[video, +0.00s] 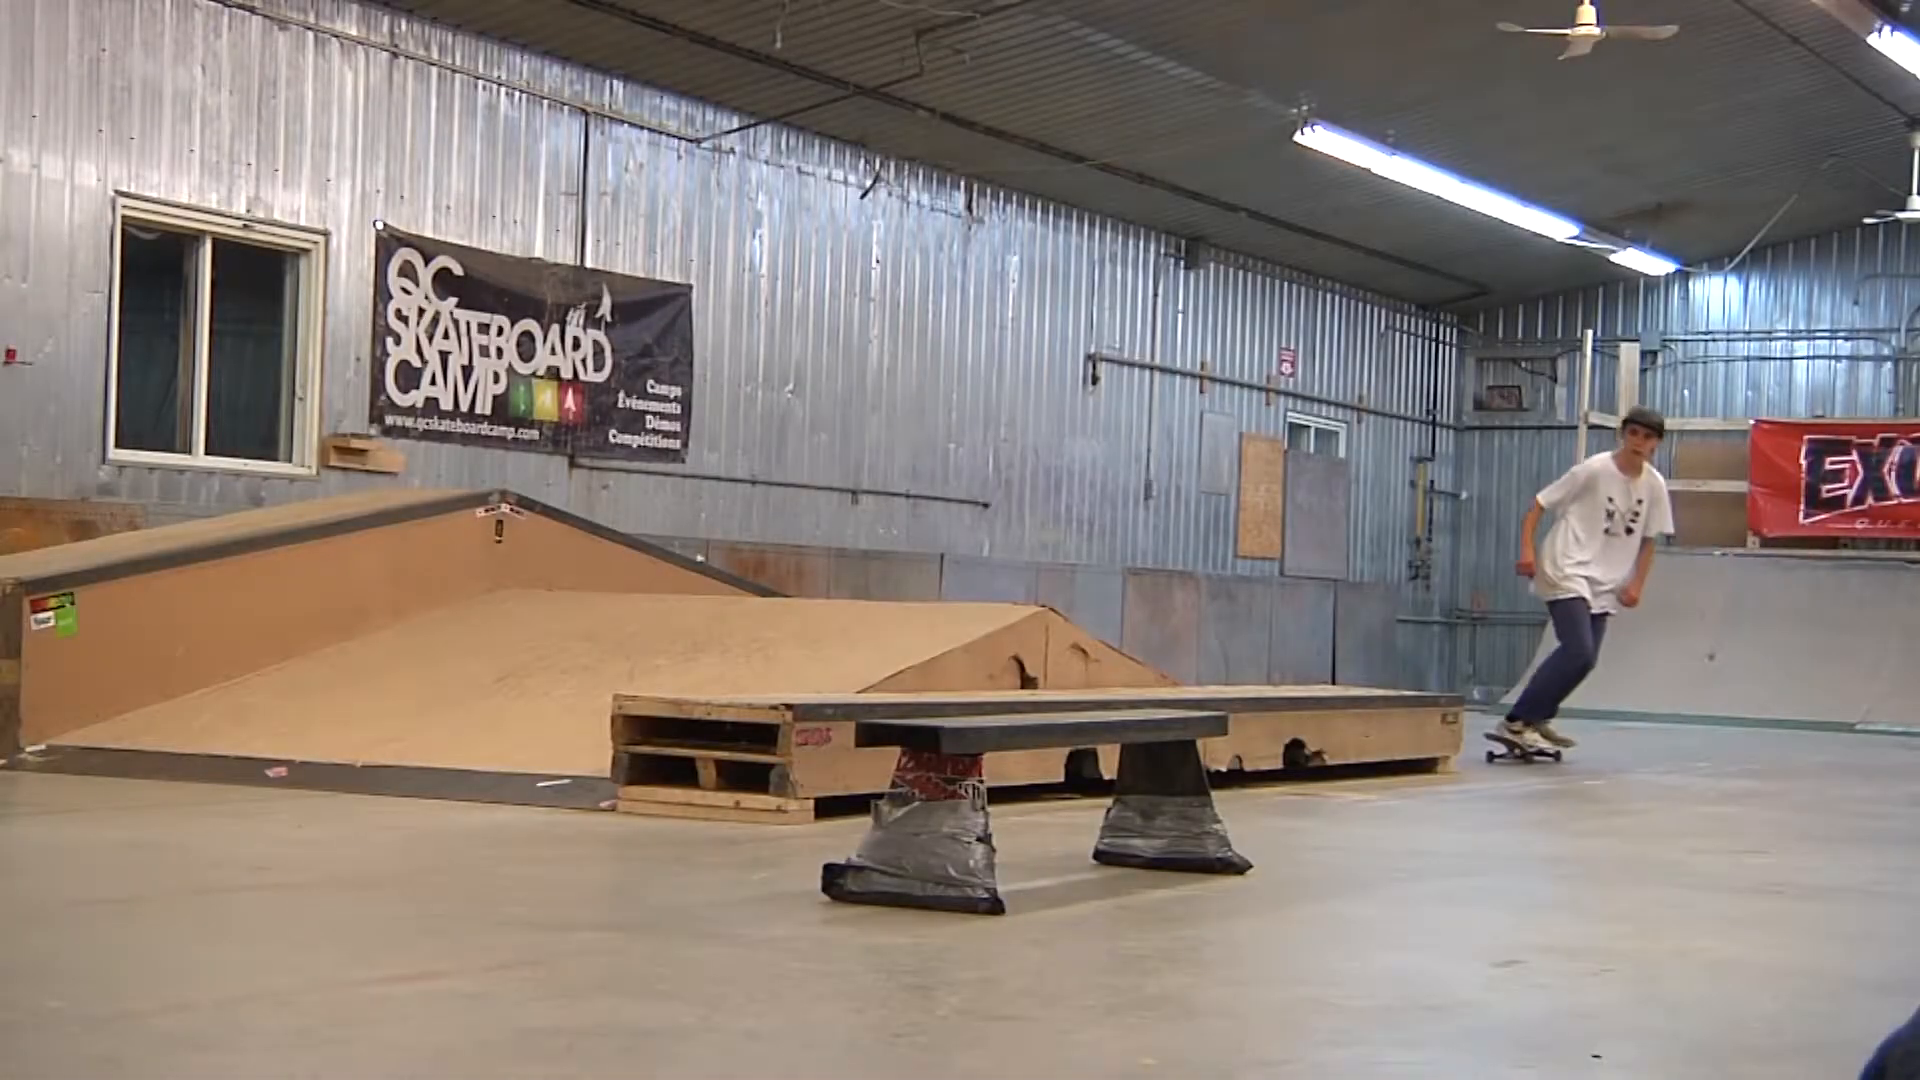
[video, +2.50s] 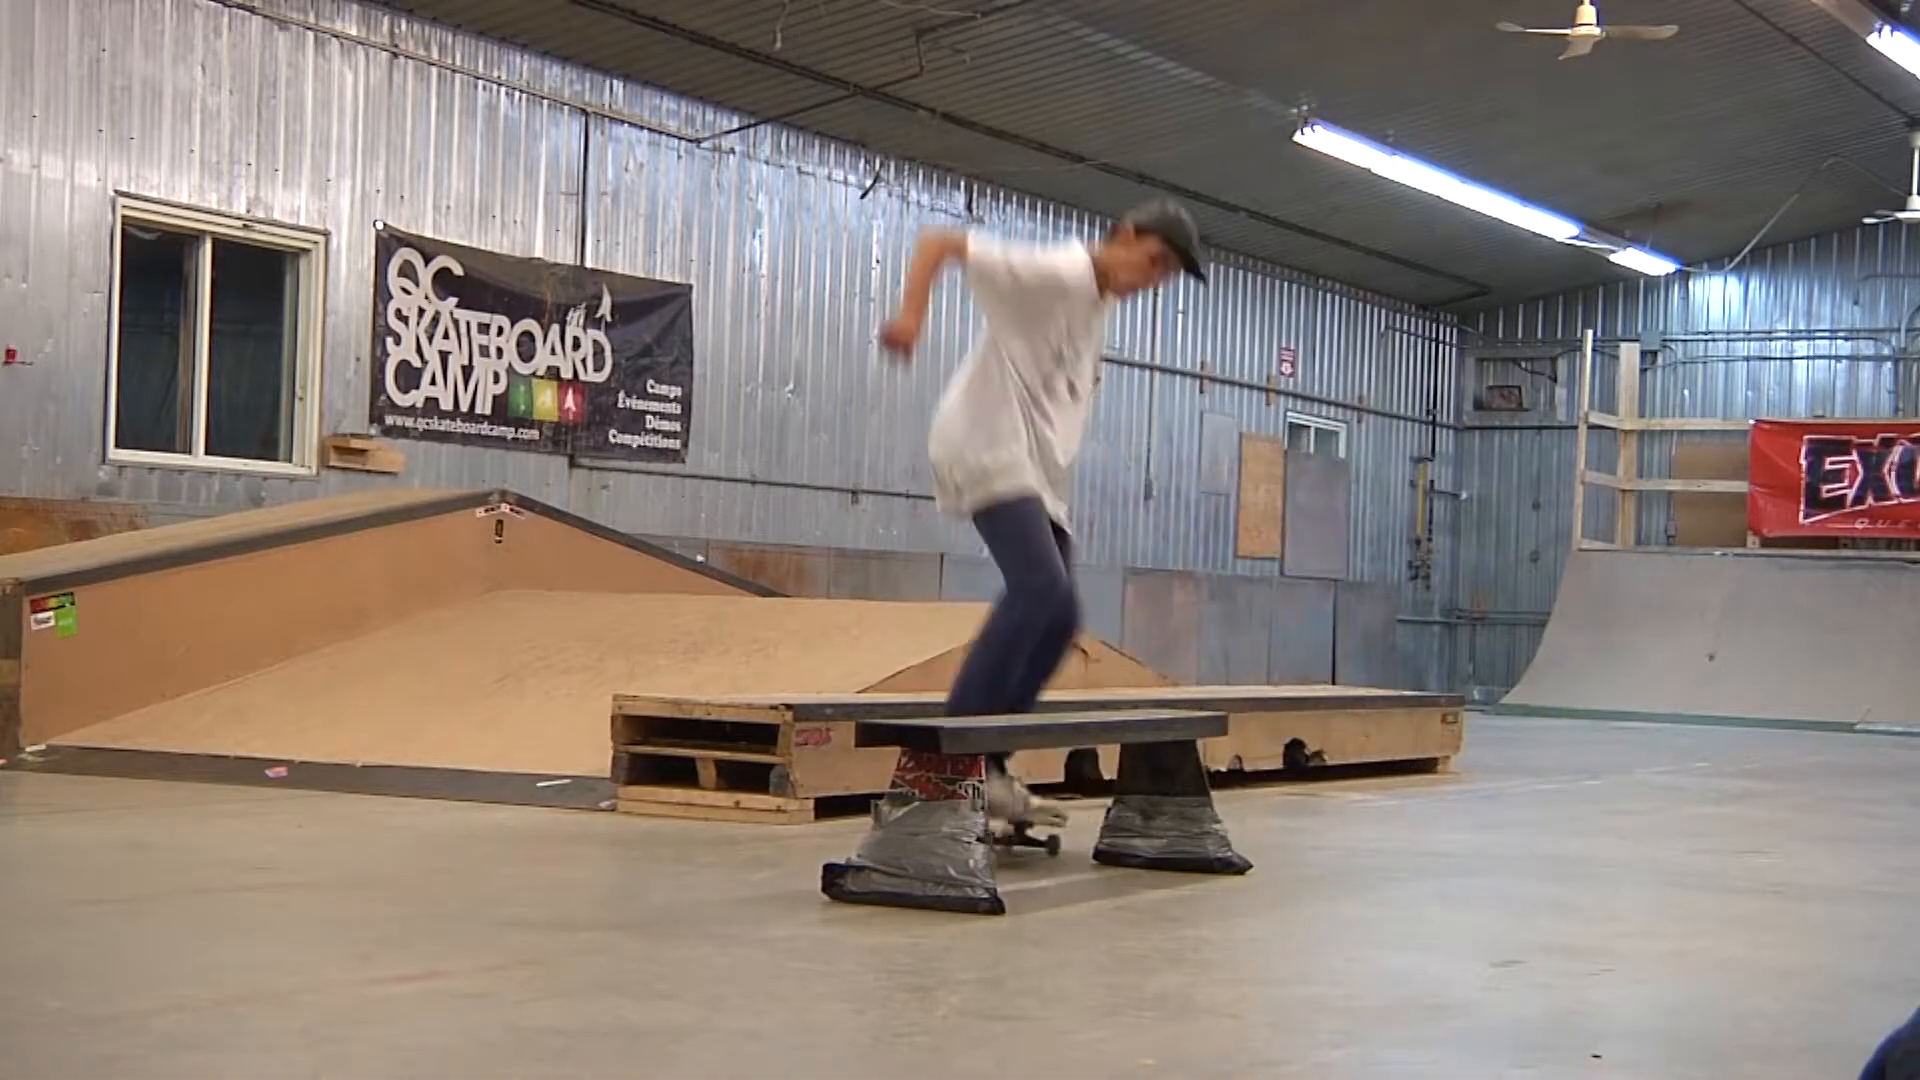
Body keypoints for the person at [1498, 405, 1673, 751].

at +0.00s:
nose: (1639, 442)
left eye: (1648, 437)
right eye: (1634, 434)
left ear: (1657, 444)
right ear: (1623, 435)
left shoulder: (1654, 484)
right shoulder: (1593, 470)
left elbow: (1648, 540)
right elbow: (1538, 505)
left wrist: (1637, 584)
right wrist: (1526, 553)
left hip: (1604, 583)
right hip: (1564, 572)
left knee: (1585, 660)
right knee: (1578, 652)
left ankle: (1537, 720)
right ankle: (1516, 721)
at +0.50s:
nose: (1584, 451)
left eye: (1592, 443)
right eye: (1577, 442)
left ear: (1604, 445)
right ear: (1566, 441)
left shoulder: (1619, 481)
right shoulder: (1539, 479)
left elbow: (1631, 529)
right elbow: (1505, 539)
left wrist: (1645, 584)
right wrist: (1515, 583)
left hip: (1581, 575)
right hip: (1537, 570)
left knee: (1581, 667)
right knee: (1556, 636)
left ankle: (1569, 745)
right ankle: (1512, 731)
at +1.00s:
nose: (1513, 430)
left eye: (1522, 422)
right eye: (1506, 420)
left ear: (1533, 422)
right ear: (1491, 417)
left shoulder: (1542, 448)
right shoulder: (1467, 452)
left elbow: (1564, 512)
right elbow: (1431, 529)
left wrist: (1564, 576)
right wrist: (1450, 591)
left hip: (1503, 560)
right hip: (1458, 552)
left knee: (1511, 644)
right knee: (1486, 627)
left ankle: (1484, 732)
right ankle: (1470, 737)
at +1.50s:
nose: (1417, 404)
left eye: (1429, 397)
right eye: (1411, 390)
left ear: (1438, 400)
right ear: (1395, 383)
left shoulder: (1431, 428)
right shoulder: (1348, 427)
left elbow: (1410, 506)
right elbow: (1312, 512)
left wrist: (1400, 583)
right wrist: (1328, 596)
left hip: (1361, 528)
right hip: (1312, 522)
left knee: (1366, 627)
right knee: (1343, 622)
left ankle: (1326, 740)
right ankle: (1295, 741)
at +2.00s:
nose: (1269, 509)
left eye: (1284, 501)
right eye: (1265, 492)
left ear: (1294, 504)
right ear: (1248, 480)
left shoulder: (1287, 517)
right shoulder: (1203, 514)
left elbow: (1274, 605)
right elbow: (1148, 612)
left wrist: (1276, 696)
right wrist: (1140, 710)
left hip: (1184, 553)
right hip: (1127, 544)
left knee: (1250, 661)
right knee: (1220, 644)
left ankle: (1185, 754)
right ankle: (1148, 754)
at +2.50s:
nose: (1151, 282)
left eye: (1163, 275)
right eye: (1154, 262)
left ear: (1158, 270)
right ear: (1125, 234)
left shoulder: (1095, 298)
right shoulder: (1060, 271)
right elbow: (938, 241)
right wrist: (910, 316)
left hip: (1035, 462)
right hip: (986, 446)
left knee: (1059, 613)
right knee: (1038, 590)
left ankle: (984, 758)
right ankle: (949, 755)